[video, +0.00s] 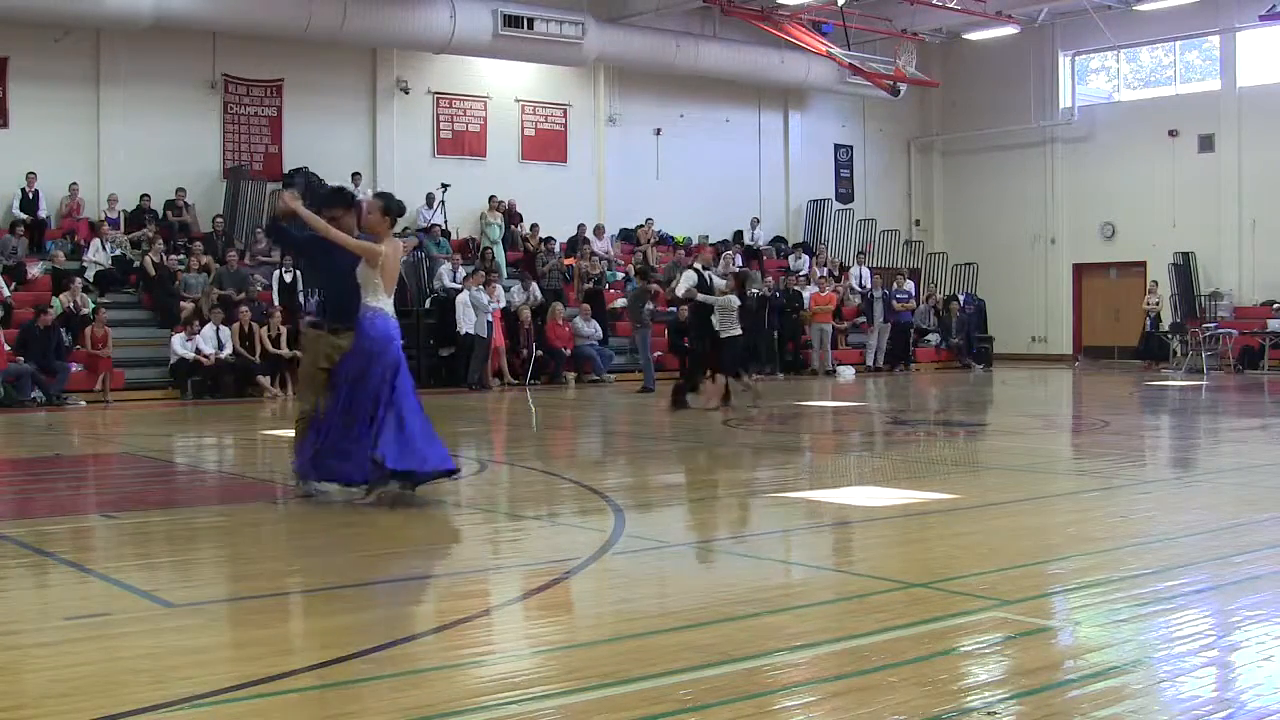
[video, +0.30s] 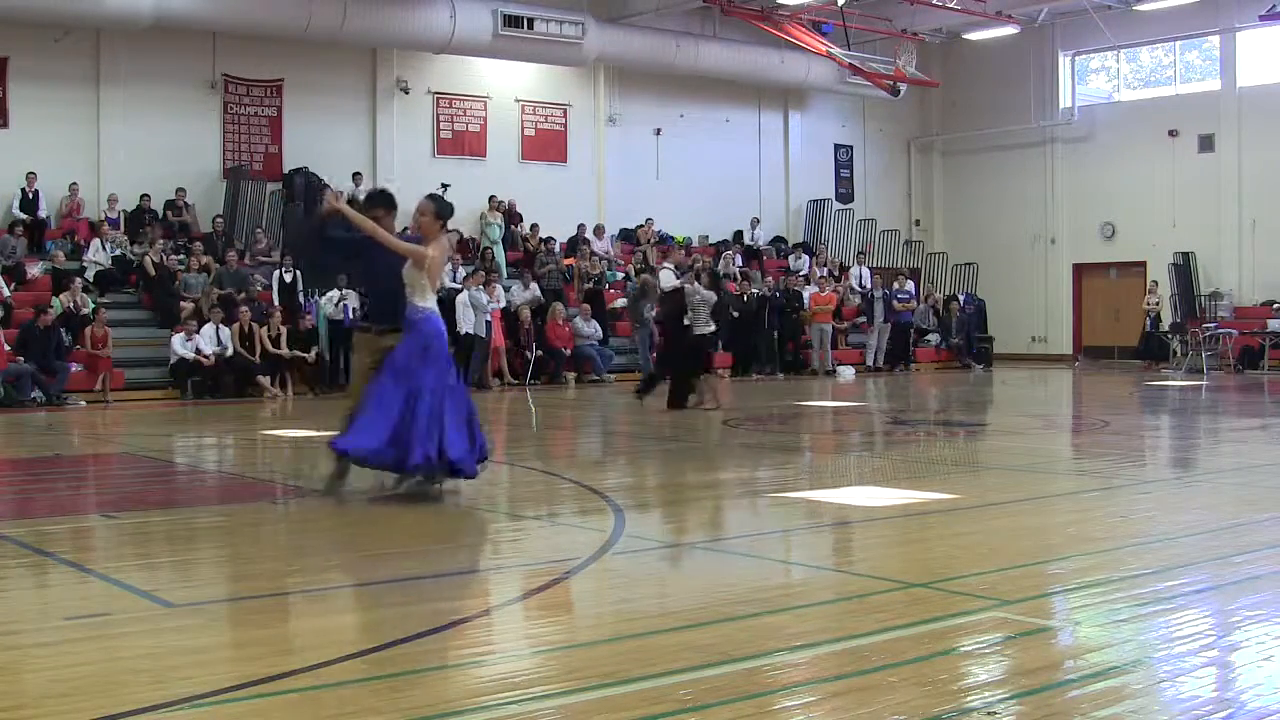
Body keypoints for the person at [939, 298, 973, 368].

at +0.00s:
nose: (954, 306)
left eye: (956, 305)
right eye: (952, 305)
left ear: (959, 307)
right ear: (949, 307)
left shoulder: (963, 318)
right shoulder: (944, 318)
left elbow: (964, 330)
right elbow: (943, 332)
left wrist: (958, 338)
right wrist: (949, 339)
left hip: (959, 338)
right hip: (949, 338)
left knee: (962, 344)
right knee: (953, 345)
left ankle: (964, 360)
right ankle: (962, 360)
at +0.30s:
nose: (954, 306)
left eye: (956, 305)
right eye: (952, 305)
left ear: (959, 307)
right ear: (949, 307)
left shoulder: (963, 318)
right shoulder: (945, 318)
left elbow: (964, 330)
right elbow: (943, 331)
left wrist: (958, 338)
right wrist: (949, 339)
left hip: (959, 338)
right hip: (950, 338)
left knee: (962, 344)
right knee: (953, 345)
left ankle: (964, 360)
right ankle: (962, 360)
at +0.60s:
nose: (955, 307)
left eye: (956, 305)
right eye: (953, 305)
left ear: (959, 307)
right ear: (949, 307)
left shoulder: (963, 318)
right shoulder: (944, 318)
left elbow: (965, 331)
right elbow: (943, 332)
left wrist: (958, 338)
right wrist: (950, 339)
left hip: (959, 338)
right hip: (949, 338)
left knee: (961, 344)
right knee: (953, 346)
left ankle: (964, 361)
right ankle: (964, 361)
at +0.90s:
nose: (955, 307)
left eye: (956, 305)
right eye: (953, 305)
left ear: (959, 307)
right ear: (950, 307)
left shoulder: (963, 318)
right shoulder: (944, 318)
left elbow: (964, 331)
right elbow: (943, 332)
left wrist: (958, 338)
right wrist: (950, 339)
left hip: (959, 338)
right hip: (949, 338)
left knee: (961, 344)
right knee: (952, 346)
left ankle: (964, 361)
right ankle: (964, 361)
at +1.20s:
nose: (955, 307)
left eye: (957, 305)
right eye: (953, 305)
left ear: (959, 307)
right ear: (950, 307)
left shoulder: (964, 318)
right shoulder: (945, 318)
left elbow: (965, 331)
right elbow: (943, 332)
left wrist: (958, 338)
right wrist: (950, 339)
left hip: (960, 338)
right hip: (949, 338)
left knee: (962, 344)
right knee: (952, 346)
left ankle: (964, 361)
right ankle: (964, 360)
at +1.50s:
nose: (955, 307)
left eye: (957, 305)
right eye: (953, 305)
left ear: (959, 307)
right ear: (949, 306)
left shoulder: (963, 318)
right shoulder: (944, 318)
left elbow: (965, 331)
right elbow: (943, 331)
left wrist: (958, 338)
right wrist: (949, 339)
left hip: (960, 338)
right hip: (949, 338)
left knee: (961, 345)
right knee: (953, 346)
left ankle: (963, 361)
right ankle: (965, 360)